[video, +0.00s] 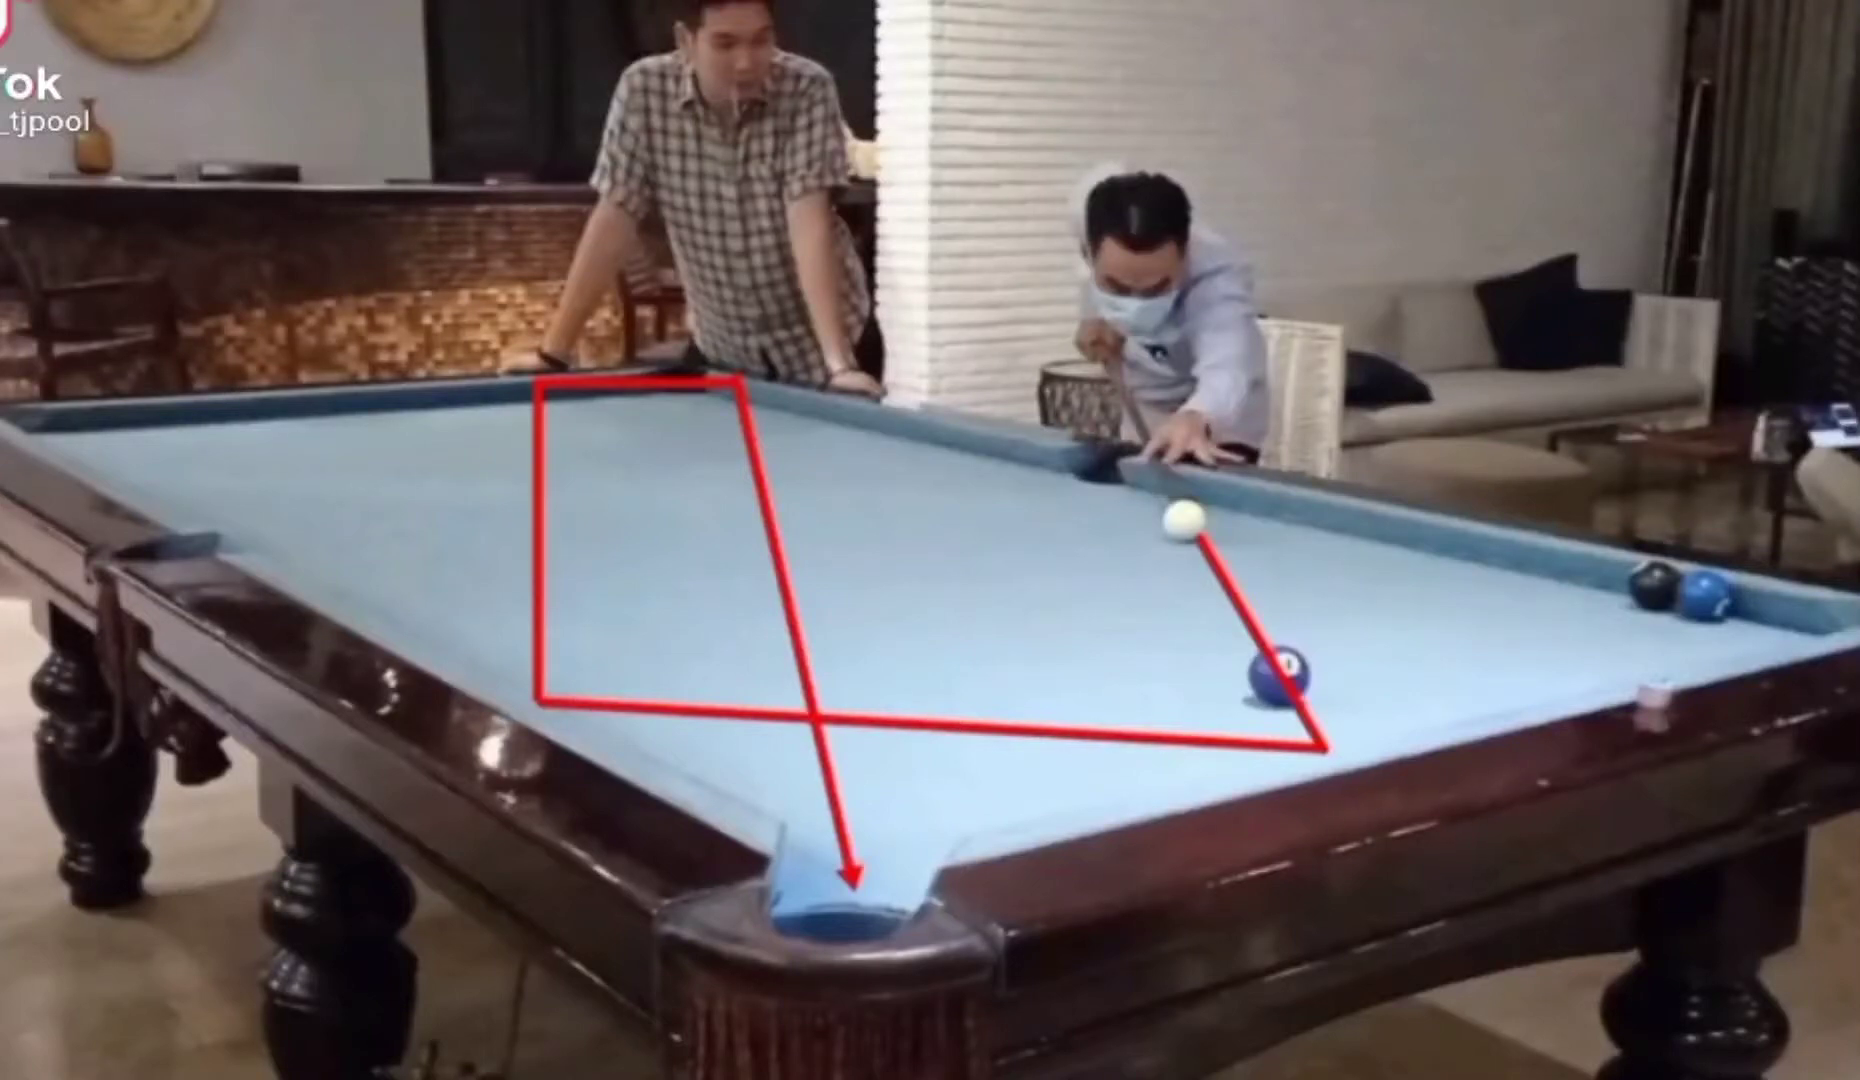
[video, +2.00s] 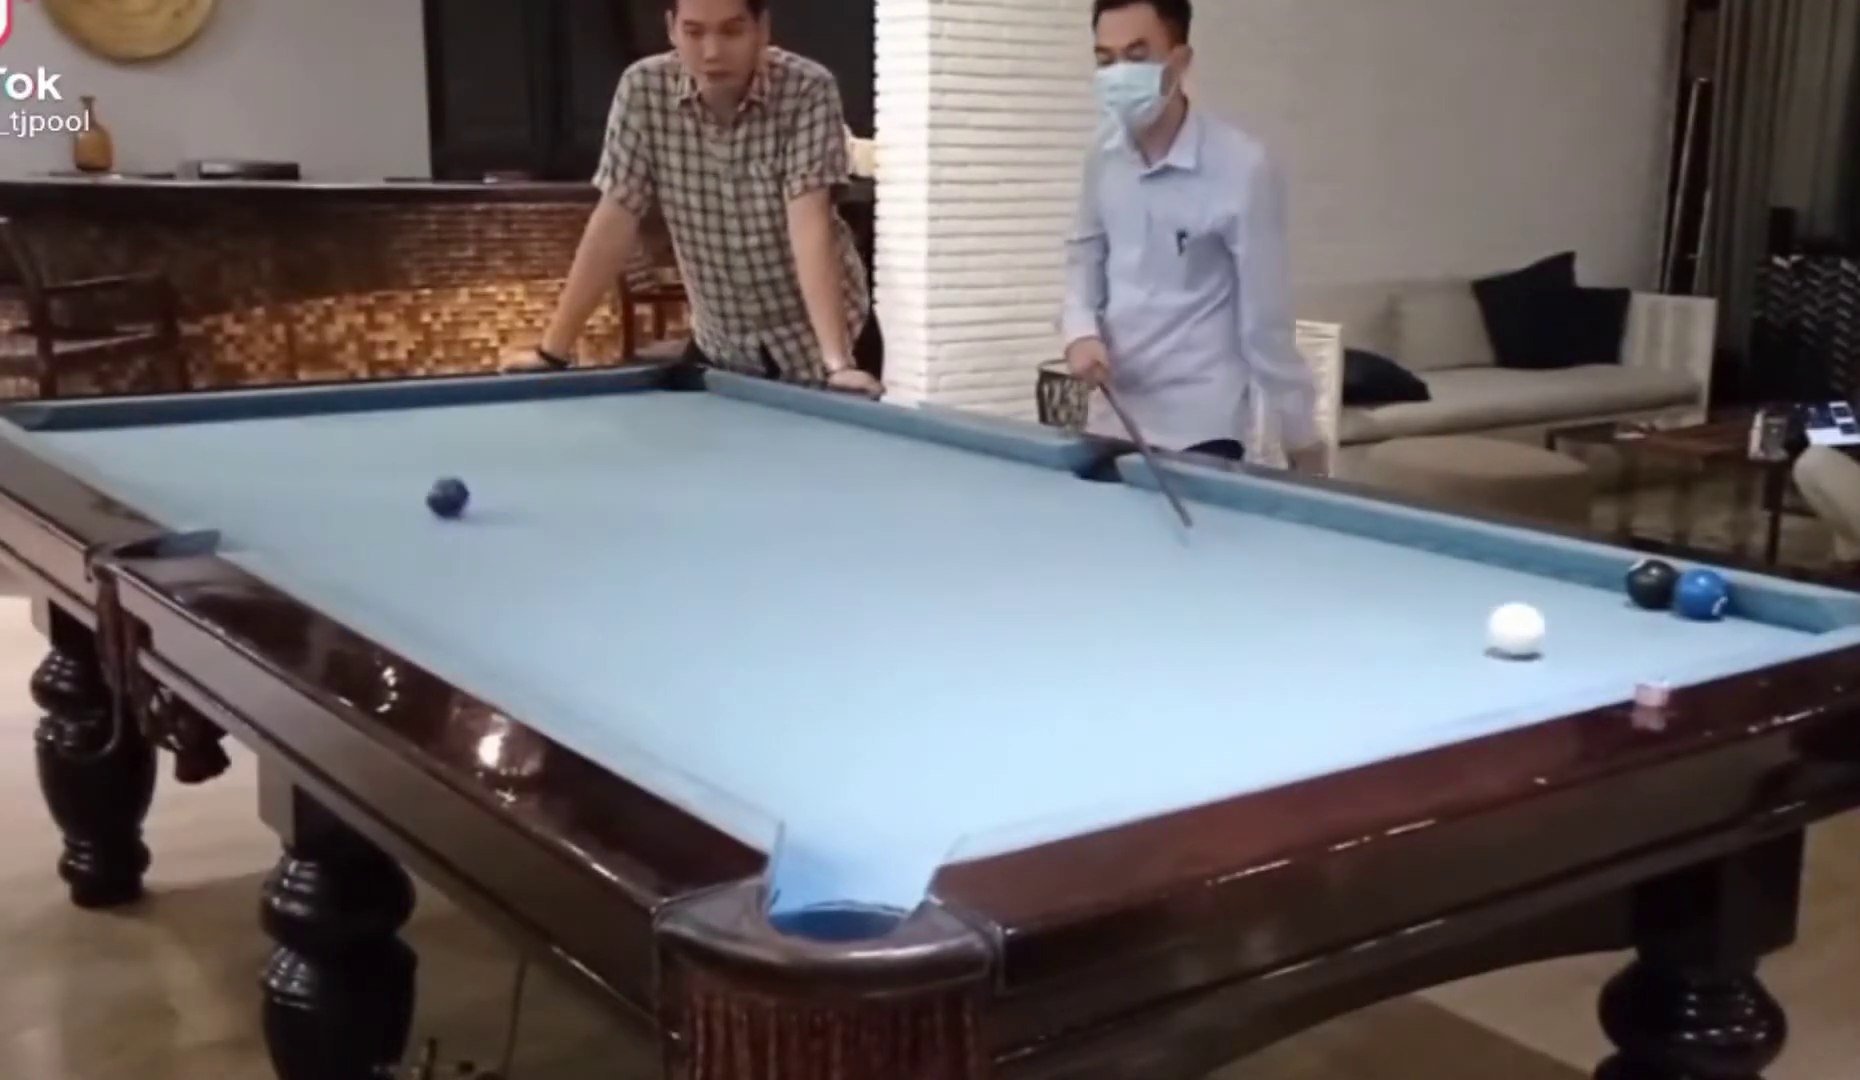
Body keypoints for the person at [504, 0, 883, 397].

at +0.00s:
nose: (746, 63)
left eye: (758, 41)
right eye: (725, 45)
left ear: (773, 36)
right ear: (686, 43)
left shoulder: (806, 88)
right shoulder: (644, 90)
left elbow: (810, 220)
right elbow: (614, 215)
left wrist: (839, 365)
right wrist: (553, 353)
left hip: (826, 351)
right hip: (723, 351)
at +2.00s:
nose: (712, 52)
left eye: (731, 31)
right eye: (695, 32)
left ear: (762, 29)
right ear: (672, 31)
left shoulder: (806, 89)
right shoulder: (644, 90)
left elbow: (810, 219)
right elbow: (615, 217)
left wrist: (837, 361)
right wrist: (553, 351)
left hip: (822, 347)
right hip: (722, 348)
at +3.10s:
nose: (757, 29)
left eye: (765, 13)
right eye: (737, 15)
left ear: (777, 19)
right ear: (691, 23)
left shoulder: (811, 101)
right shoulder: (638, 90)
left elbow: (858, 225)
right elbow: (610, 214)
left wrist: (836, 288)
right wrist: (553, 350)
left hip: (814, 342)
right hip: (701, 345)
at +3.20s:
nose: (766, 31)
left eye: (774, 14)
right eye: (745, 16)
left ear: (784, 19)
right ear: (698, 24)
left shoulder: (813, 102)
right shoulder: (642, 88)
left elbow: (858, 228)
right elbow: (610, 217)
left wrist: (832, 248)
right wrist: (552, 350)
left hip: (816, 336)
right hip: (702, 341)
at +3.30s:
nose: (772, 35)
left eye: (779, 17)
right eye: (751, 19)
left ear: (789, 21)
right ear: (704, 25)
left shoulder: (814, 100)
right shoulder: (645, 87)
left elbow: (852, 247)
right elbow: (610, 218)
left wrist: (820, 202)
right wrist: (552, 351)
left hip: (815, 333)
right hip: (701, 339)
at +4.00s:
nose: (767, 40)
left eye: (777, 23)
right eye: (746, 23)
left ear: (788, 26)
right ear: (703, 26)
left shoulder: (812, 101)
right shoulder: (649, 89)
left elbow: (845, 222)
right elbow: (612, 218)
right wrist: (552, 352)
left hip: (808, 335)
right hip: (701, 344)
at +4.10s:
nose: (762, 38)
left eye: (772, 20)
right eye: (741, 20)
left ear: (783, 25)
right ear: (697, 24)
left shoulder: (810, 101)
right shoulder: (646, 90)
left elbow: (839, 212)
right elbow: (611, 218)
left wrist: (842, 307)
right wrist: (552, 351)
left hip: (808, 338)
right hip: (702, 345)